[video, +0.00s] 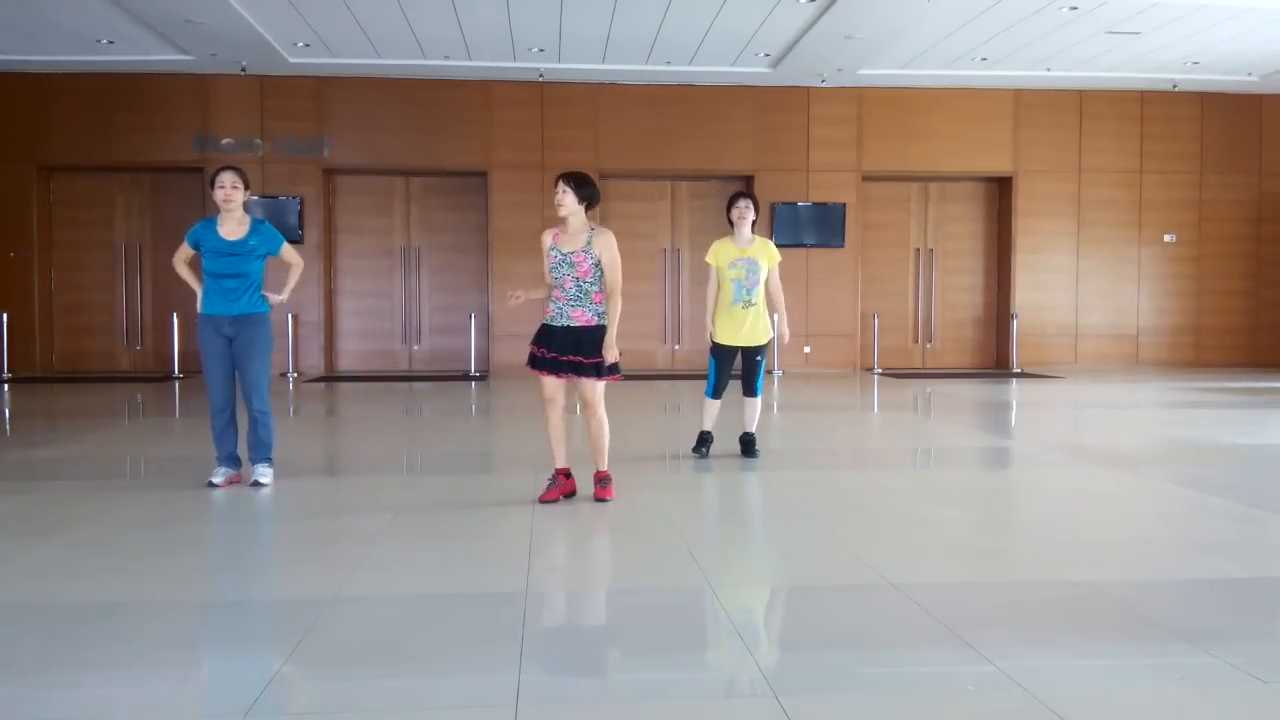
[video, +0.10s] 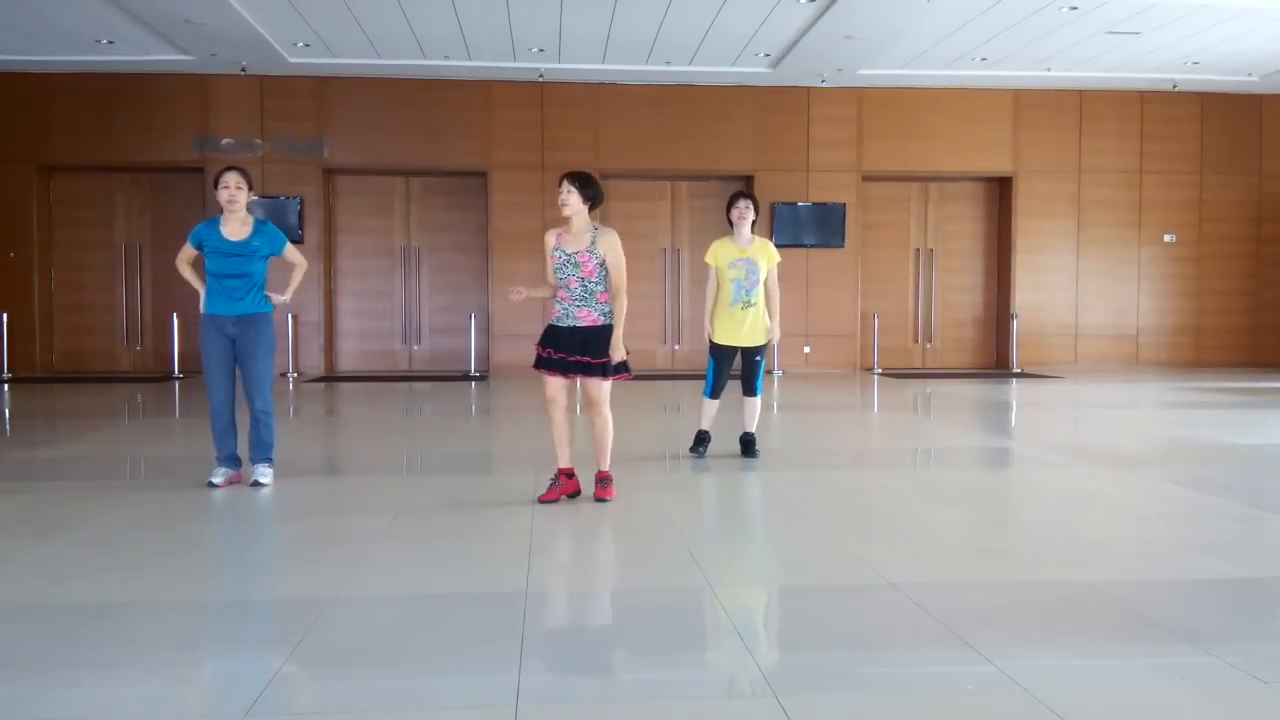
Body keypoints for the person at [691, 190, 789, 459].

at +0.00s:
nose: (742, 211)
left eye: (747, 207)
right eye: (737, 207)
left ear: (755, 214)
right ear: (729, 214)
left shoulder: (767, 248)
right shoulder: (719, 247)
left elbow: (775, 288)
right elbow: (712, 288)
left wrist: (782, 319)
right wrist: (708, 322)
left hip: (757, 327)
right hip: (725, 327)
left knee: (752, 387)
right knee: (715, 385)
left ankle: (749, 437)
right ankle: (705, 436)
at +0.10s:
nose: (741, 211)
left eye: (746, 207)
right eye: (737, 207)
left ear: (754, 214)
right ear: (729, 214)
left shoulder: (766, 248)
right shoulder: (718, 248)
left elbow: (773, 288)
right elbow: (712, 287)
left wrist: (775, 323)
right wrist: (707, 321)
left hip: (756, 328)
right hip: (724, 327)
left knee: (752, 386)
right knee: (714, 384)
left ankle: (749, 437)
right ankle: (702, 435)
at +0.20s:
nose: (740, 211)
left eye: (745, 208)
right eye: (735, 207)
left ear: (753, 214)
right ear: (727, 214)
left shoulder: (764, 248)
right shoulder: (716, 248)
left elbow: (770, 287)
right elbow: (710, 287)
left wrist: (769, 322)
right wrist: (705, 322)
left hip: (754, 328)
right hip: (722, 327)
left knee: (751, 386)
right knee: (711, 385)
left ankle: (748, 437)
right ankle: (700, 434)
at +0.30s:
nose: (736, 211)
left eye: (741, 208)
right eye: (732, 207)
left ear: (749, 214)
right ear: (724, 214)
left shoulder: (760, 248)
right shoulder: (713, 247)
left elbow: (766, 287)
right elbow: (707, 287)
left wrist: (767, 322)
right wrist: (703, 323)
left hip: (751, 328)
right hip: (719, 327)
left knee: (749, 386)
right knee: (709, 385)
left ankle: (748, 437)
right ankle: (697, 436)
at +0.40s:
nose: (733, 211)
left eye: (738, 208)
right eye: (728, 207)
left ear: (745, 215)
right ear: (719, 213)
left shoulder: (755, 248)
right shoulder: (707, 247)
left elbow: (763, 288)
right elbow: (701, 288)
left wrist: (766, 323)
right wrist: (698, 323)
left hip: (747, 328)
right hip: (714, 328)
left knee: (746, 386)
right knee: (706, 385)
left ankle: (748, 437)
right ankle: (696, 436)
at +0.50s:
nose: (727, 211)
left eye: (733, 208)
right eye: (723, 207)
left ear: (739, 215)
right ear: (714, 213)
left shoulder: (749, 246)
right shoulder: (701, 247)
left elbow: (758, 287)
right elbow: (694, 286)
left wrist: (764, 321)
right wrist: (689, 322)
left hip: (740, 328)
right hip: (706, 327)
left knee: (742, 386)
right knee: (702, 386)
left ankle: (747, 437)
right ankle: (696, 436)